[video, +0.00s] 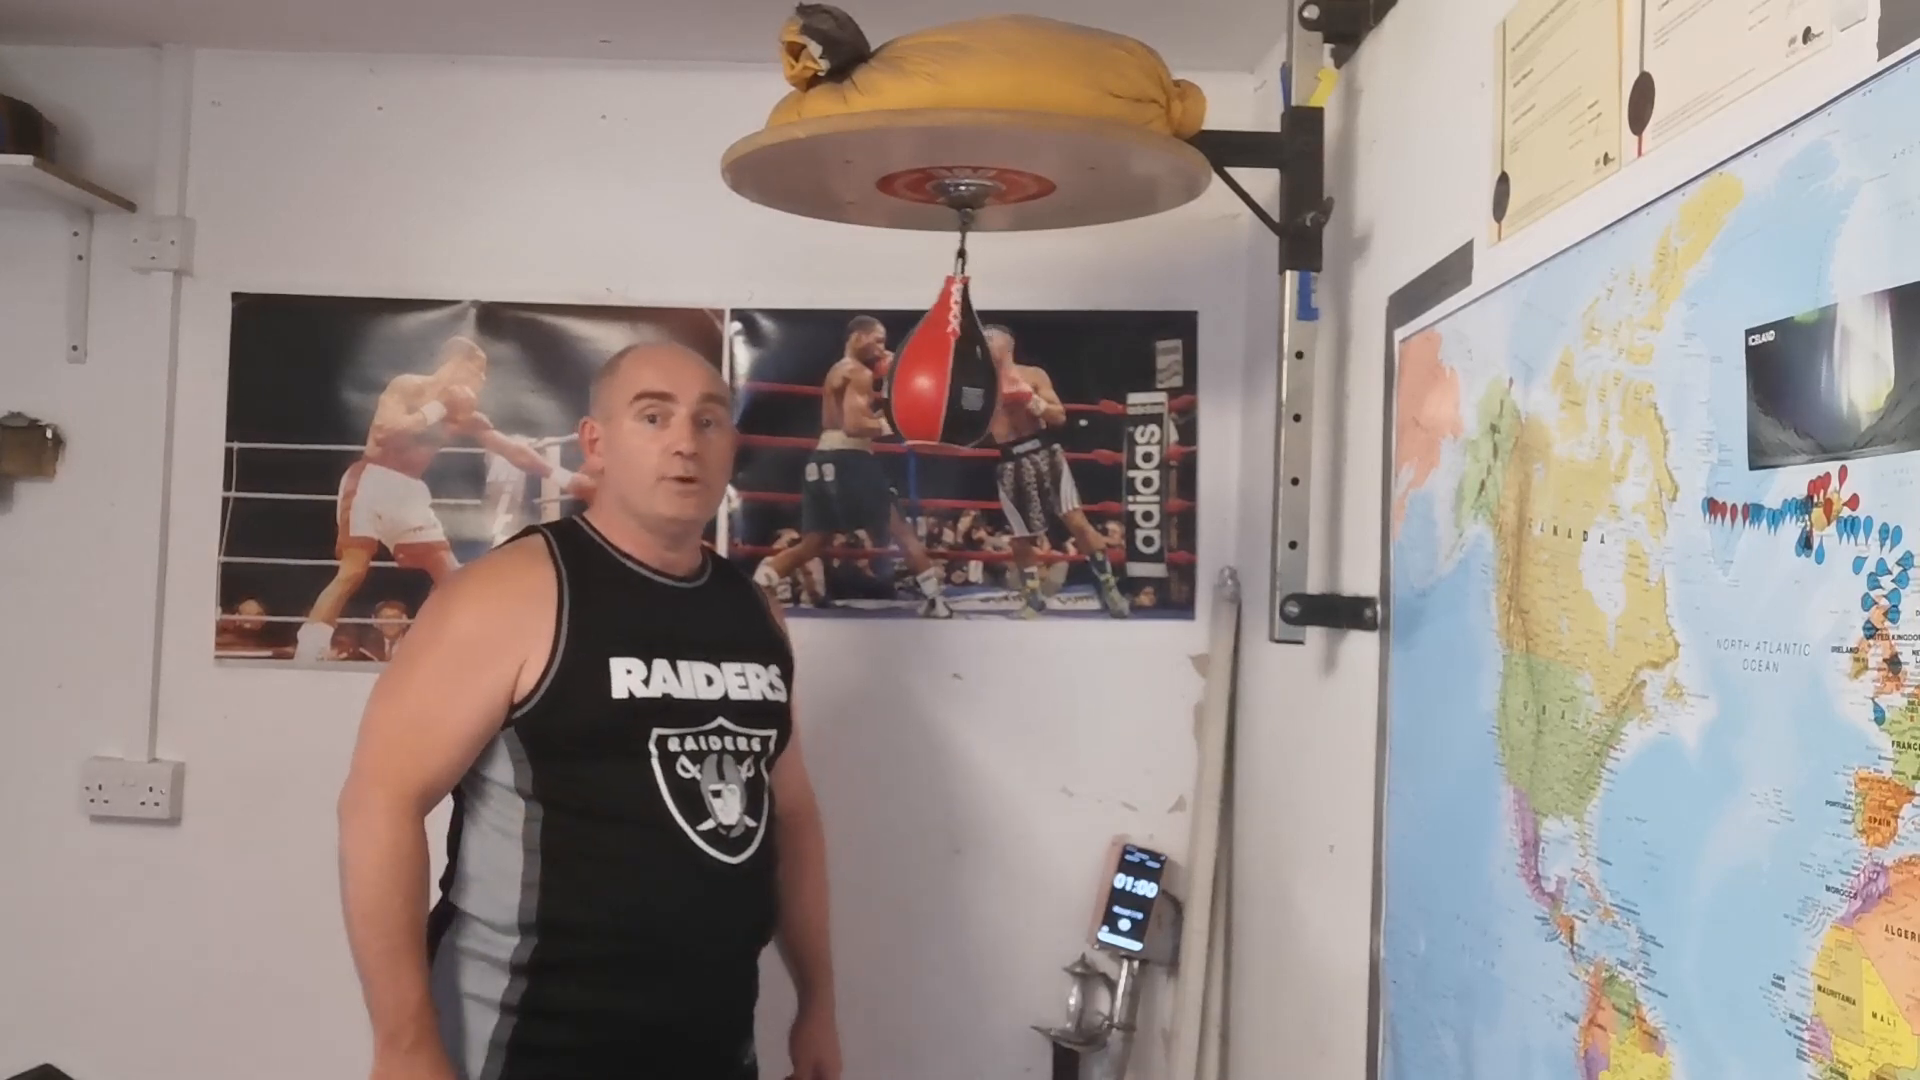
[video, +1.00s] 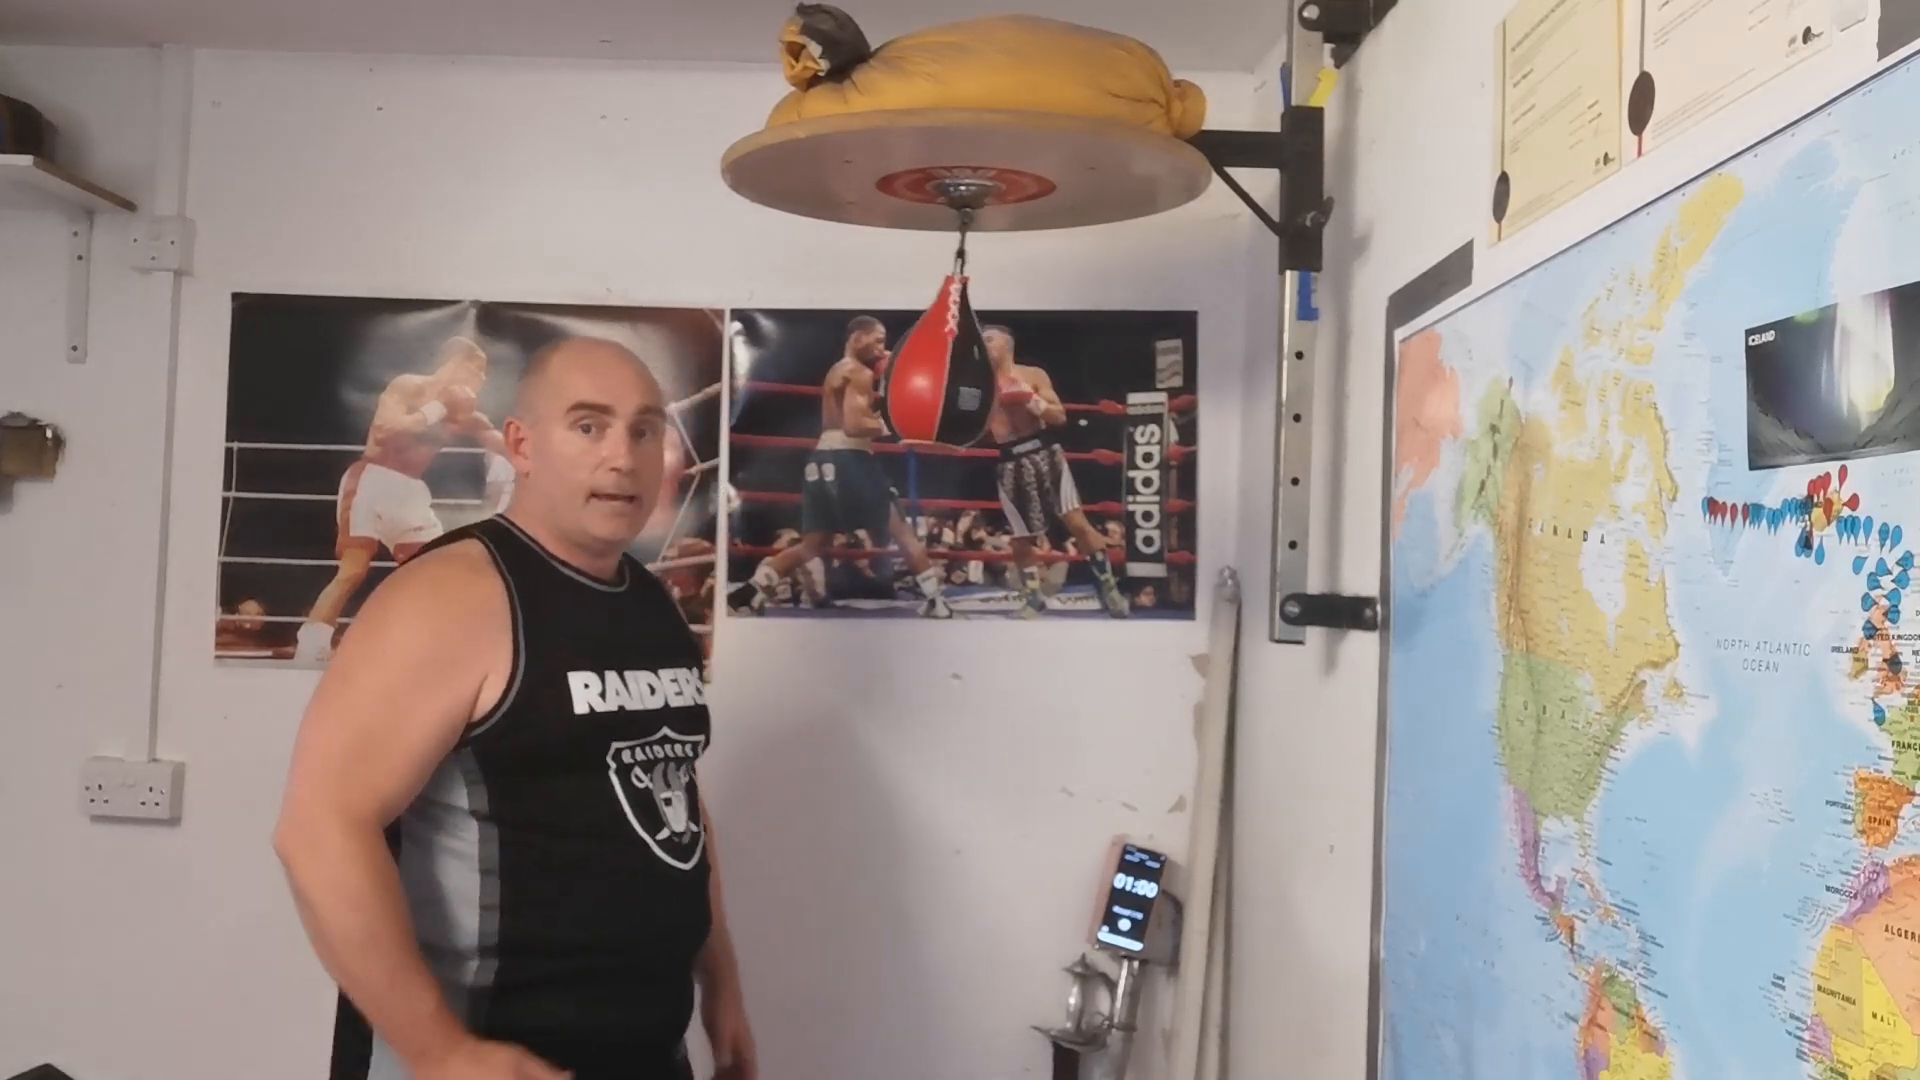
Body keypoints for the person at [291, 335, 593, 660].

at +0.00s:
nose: (479, 384)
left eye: (481, 377)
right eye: (476, 374)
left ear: (471, 379)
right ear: (454, 367)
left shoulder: (463, 415)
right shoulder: (405, 386)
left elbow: (510, 450)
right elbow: (384, 433)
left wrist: (563, 478)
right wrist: (437, 408)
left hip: (409, 493)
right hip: (370, 483)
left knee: (448, 573)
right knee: (353, 571)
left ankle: (460, 651)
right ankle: (305, 650)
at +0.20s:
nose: (476, 385)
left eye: (480, 378)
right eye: (472, 375)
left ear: (477, 382)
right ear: (450, 366)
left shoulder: (464, 414)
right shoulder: (404, 386)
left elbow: (511, 450)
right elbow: (382, 432)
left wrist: (563, 478)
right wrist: (430, 413)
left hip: (409, 492)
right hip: (368, 482)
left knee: (449, 573)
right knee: (353, 571)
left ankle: (463, 654)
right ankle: (306, 652)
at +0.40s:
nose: (479, 382)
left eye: (482, 375)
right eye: (475, 371)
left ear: (475, 378)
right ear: (452, 363)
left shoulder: (462, 408)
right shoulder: (405, 386)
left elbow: (506, 447)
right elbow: (384, 433)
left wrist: (552, 473)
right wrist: (434, 410)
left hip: (409, 493)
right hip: (370, 483)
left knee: (446, 575)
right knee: (352, 572)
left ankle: (443, 658)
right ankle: (307, 649)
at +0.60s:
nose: (474, 384)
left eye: (478, 379)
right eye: (472, 374)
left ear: (477, 381)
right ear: (453, 366)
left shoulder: (461, 411)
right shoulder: (405, 386)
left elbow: (501, 445)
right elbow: (385, 431)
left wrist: (545, 465)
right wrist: (438, 408)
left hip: (409, 490)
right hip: (368, 482)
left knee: (440, 576)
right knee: (352, 572)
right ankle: (307, 650)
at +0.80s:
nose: (480, 382)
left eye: (481, 376)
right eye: (477, 373)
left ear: (472, 378)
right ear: (455, 365)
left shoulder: (461, 411)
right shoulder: (405, 386)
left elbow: (498, 443)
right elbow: (384, 431)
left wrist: (531, 463)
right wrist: (438, 408)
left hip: (410, 491)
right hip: (371, 482)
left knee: (433, 577)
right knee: (352, 572)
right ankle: (308, 648)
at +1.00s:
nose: (478, 382)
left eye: (481, 375)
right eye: (475, 372)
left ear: (475, 379)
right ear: (453, 365)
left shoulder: (462, 413)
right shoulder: (405, 386)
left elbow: (504, 448)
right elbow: (384, 432)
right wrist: (438, 408)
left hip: (411, 492)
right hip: (370, 482)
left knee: (435, 576)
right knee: (352, 572)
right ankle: (309, 647)